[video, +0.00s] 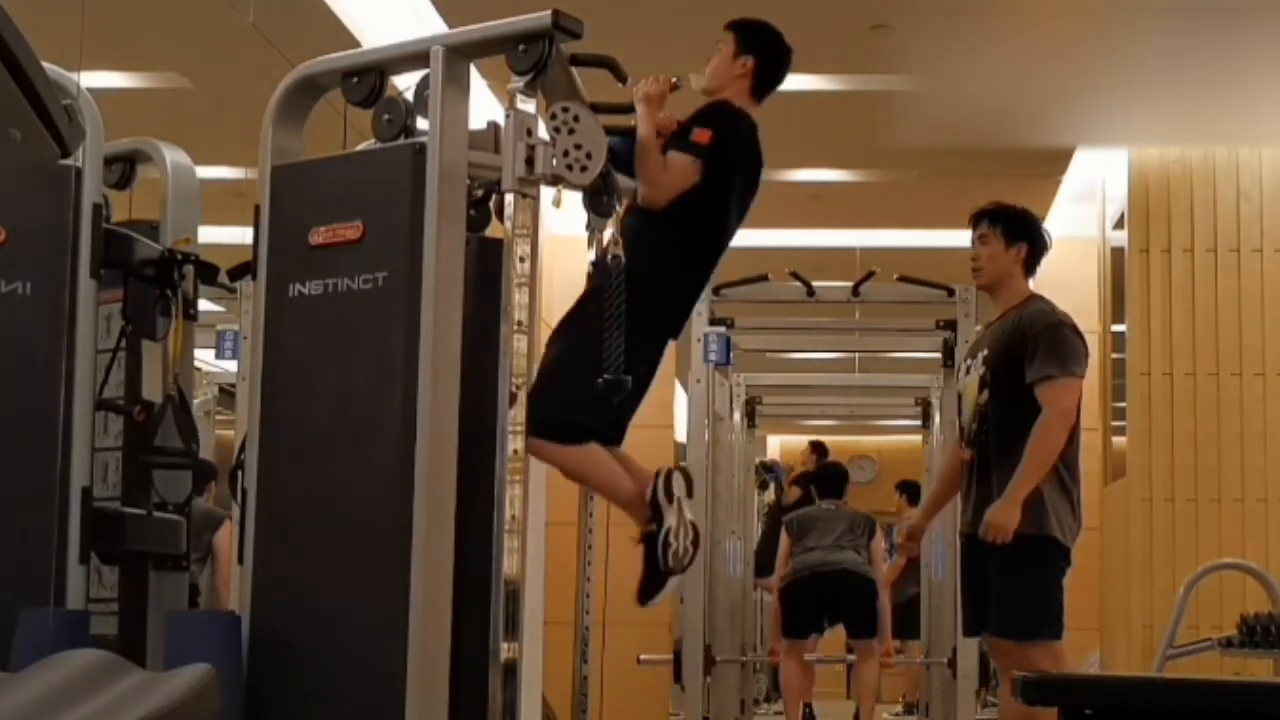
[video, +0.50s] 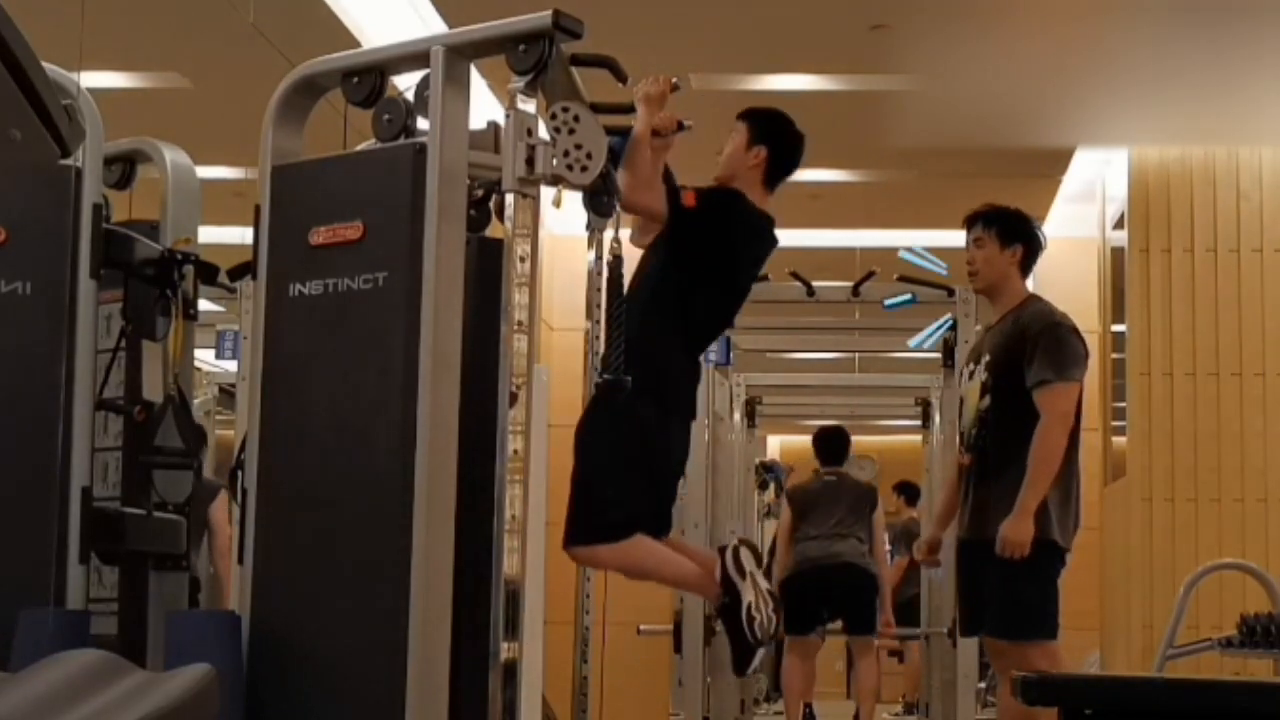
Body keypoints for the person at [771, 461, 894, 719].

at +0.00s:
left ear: (815, 490)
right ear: (846, 490)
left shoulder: (793, 521)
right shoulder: (867, 523)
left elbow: (780, 579)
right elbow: (881, 583)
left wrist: (777, 639)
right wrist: (887, 640)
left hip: (803, 586)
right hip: (856, 585)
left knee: (793, 653)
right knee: (867, 654)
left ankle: (793, 717)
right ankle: (865, 715)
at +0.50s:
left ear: (815, 454)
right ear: (848, 453)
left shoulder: (795, 494)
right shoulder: (868, 493)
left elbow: (782, 555)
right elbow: (880, 557)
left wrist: (779, 599)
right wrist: (886, 609)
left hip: (804, 581)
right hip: (855, 581)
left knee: (797, 652)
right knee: (865, 652)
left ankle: (794, 716)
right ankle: (865, 715)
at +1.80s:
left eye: (816, 399)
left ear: (811, 402)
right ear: (844, 401)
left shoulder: (790, 450)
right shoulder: (867, 449)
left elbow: (776, 511)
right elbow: (880, 513)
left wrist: (774, 561)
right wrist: (887, 562)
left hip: (806, 568)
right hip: (856, 566)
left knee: (804, 649)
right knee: (860, 649)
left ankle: (798, 715)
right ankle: (863, 715)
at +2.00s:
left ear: (812, 415)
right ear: (845, 414)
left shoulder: (791, 461)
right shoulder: (867, 461)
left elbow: (778, 522)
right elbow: (878, 524)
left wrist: (773, 571)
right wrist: (888, 573)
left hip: (807, 570)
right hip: (857, 569)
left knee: (803, 650)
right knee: (862, 649)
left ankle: (798, 715)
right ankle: (864, 715)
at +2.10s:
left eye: (817, 420)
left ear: (812, 425)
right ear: (845, 425)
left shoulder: (791, 469)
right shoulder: (866, 469)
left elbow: (777, 529)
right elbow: (878, 532)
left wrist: (773, 578)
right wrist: (887, 583)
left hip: (806, 573)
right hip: (855, 572)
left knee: (802, 649)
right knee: (862, 649)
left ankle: (797, 715)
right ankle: (864, 715)